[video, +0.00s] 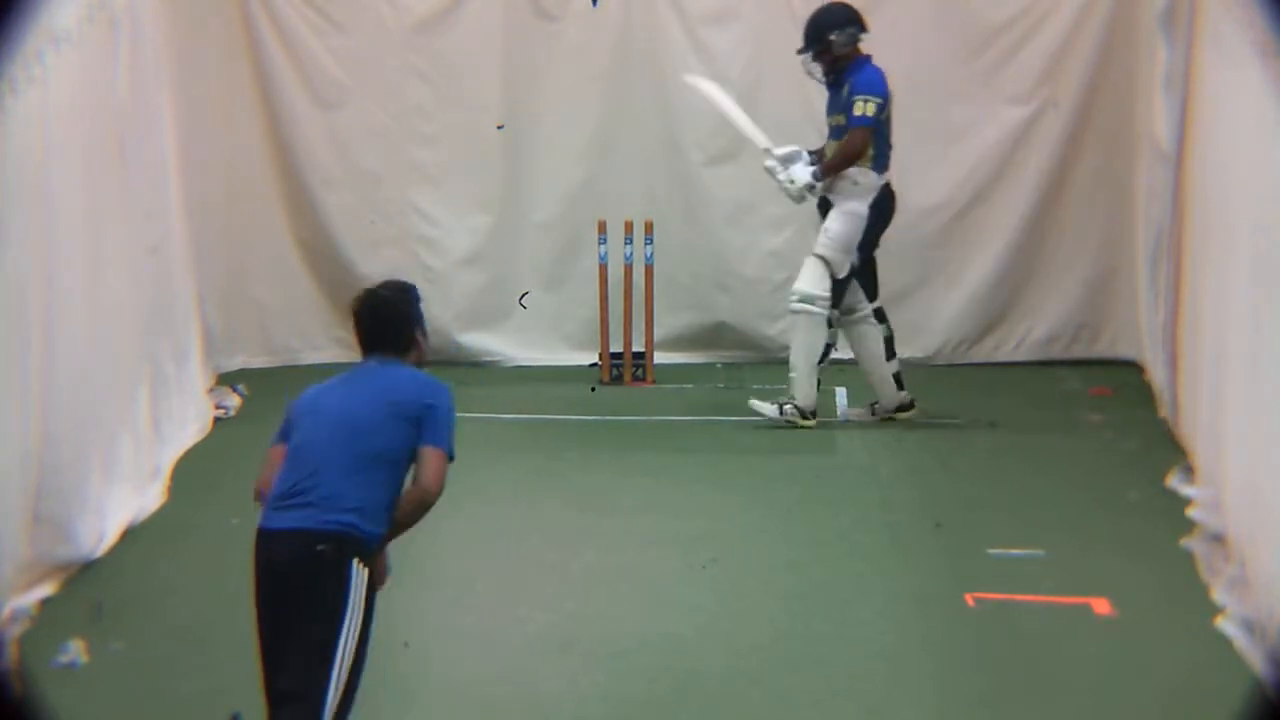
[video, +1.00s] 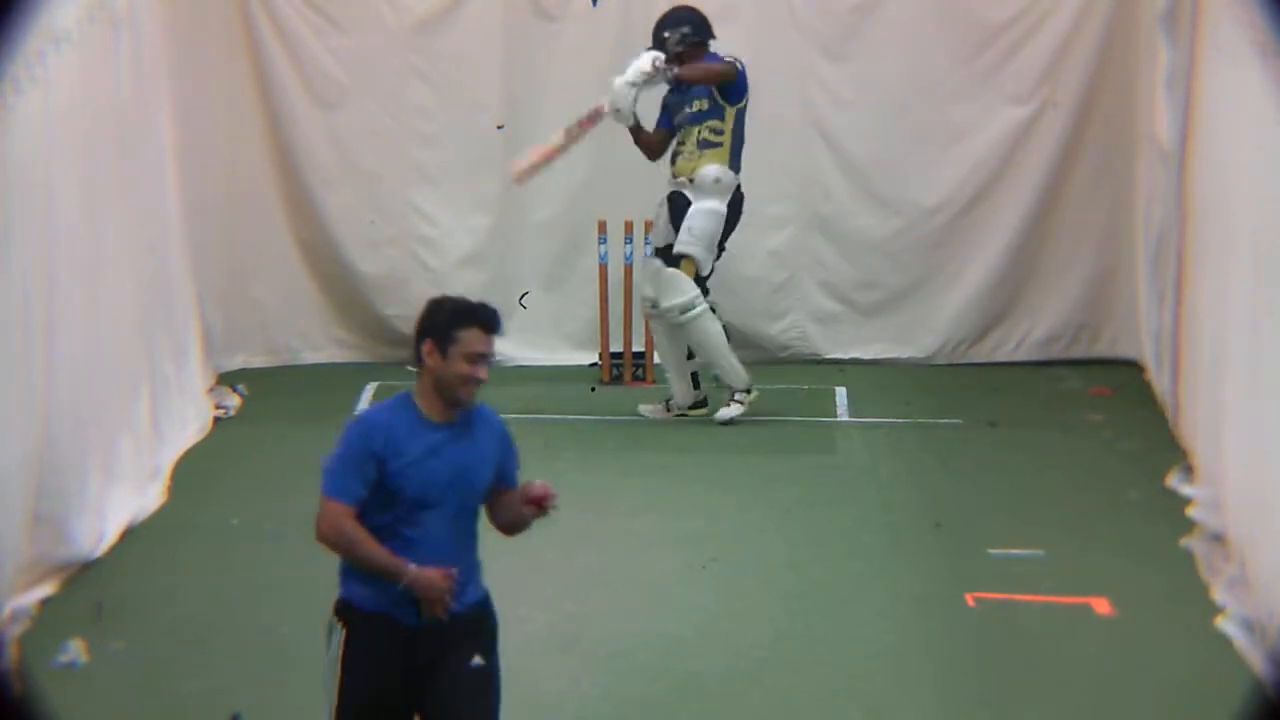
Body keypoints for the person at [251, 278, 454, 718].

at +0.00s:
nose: (428, 334)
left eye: (425, 324)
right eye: (425, 325)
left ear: (361, 338)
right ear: (417, 335)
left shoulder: (312, 395)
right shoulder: (428, 392)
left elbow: (266, 487)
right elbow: (428, 487)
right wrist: (376, 538)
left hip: (273, 544)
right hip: (338, 549)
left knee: (283, 692)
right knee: (323, 697)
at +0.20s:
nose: (441, 328)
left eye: (437, 317)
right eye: (438, 318)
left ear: (377, 330)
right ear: (430, 326)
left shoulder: (356, 379)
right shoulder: (415, 382)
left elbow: (345, 470)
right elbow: (406, 475)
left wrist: (397, 530)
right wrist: (416, 530)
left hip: (280, 547)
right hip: (321, 554)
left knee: (290, 700)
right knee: (319, 704)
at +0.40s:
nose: (453, 329)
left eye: (450, 317)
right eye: (446, 317)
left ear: (418, 323)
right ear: (423, 322)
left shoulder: (402, 389)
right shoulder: (377, 385)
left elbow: (414, 463)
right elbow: (343, 475)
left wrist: (483, 475)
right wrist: (408, 526)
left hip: (345, 573)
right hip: (318, 574)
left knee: (344, 708)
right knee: (323, 711)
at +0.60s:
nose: (446, 337)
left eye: (447, 324)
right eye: (439, 323)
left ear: (404, 320)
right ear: (400, 318)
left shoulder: (421, 394)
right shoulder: (340, 389)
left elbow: (435, 473)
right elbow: (299, 475)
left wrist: (486, 449)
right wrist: (375, 533)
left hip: (398, 584)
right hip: (336, 586)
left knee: (417, 709)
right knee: (347, 712)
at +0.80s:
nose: (454, 348)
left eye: (456, 336)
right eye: (445, 336)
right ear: (401, 328)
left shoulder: (448, 405)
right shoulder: (337, 406)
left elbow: (461, 492)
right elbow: (304, 499)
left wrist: (492, 472)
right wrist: (389, 541)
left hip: (430, 602)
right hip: (349, 606)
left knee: (459, 711)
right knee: (342, 712)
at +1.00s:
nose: (482, 374)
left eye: (486, 362)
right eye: (473, 361)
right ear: (430, 353)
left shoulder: (489, 429)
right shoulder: (374, 430)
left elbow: (503, 516)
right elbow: (332, 523)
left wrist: (525, 505)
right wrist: (409, 574)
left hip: (464, 625)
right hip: (380, 625)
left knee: (471, 711)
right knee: (366, 711)